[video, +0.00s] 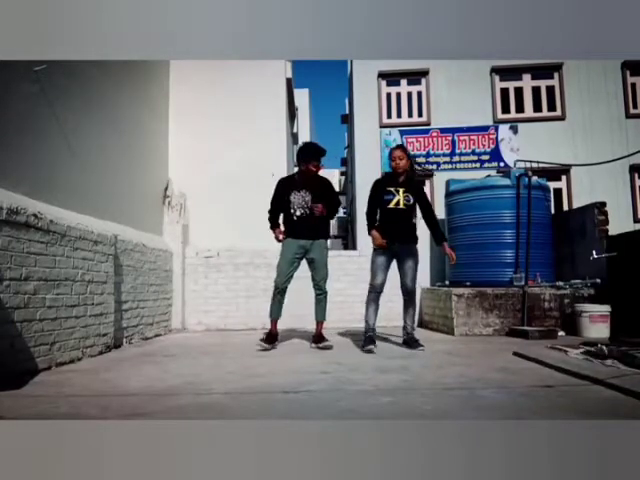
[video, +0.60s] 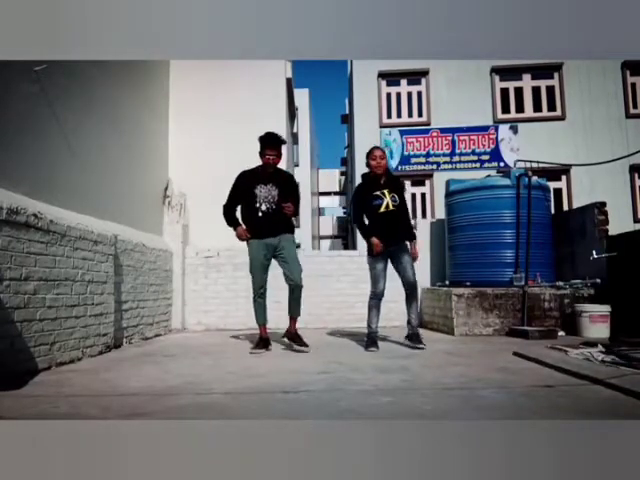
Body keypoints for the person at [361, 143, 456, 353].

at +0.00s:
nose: (397, 163)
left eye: (400, 159)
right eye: (393, 159)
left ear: (408, 161)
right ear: (390, 162)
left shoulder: (415, 185)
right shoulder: (380, 184)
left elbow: (429, 215)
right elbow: (371, 210)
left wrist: (443, 243)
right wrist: (372, 231)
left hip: (407, 243)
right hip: (384, 242)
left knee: (409, 289)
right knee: (375, 287)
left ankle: (409, 334)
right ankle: (369, 334)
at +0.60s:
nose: (378, 162)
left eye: (381, 158)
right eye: (374, 159)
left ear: (386, 161)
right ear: (367, 163)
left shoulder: (396, 183)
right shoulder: (362, 189)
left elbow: (404, 213)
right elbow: (357, 218)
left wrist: (412, 240)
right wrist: (370, 238)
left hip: (399, 242)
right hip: (377, 245)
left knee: (411, 283)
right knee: (377, 291)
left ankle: (413, 331)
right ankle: (372, 336)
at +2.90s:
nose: (388, 167)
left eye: (390, 163)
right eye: (384, 163)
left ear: (392, 165)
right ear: (375, 165)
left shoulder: (398, 187)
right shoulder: (366, 187)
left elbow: (408, 212)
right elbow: (358, 214)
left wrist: (416, 232)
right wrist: (369, 230)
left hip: (401, 243)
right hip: (378, 245)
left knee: (409, 288)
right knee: (374, 291)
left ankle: (417, 334)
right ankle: (367, 336)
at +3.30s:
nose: (402, 162)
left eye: (406, 159)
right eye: (399, 160)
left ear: (412, 162)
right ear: (394, 163)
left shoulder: (419, 184)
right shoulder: (386, 184)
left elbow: (435, 213)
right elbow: (377, 216)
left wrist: (427, 236)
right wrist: (373, 207)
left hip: (411, 243)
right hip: (389, 242)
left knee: (411, 288)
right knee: (378, 286)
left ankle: (417, 334)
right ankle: (373, 333)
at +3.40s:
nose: (402, 163)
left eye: (405, 160)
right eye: (399, 160)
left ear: (413, 162)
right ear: (395, 164)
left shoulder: (420, 182)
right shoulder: (388, 184)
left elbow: (433, 212)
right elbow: (373, 211)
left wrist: (425, 235)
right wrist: (370, 193)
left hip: (411, 242)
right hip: (388, 242)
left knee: (411, 288)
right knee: (379, 287)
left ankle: (417, 334)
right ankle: (376, 333)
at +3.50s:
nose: (400, 164)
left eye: (404, 160)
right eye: (397, 161)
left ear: (411, 163)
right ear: (394, 165)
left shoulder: (419, 185)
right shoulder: (387, 185)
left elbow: (431, 215)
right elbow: (368, 205)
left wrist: (424, 236)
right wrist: (370, 183)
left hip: (410, 244)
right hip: (387, 243)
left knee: (411, 289)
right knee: (378, 289)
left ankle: (417, 334)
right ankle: (375, 333)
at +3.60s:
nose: (396, 163)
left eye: (400, 160)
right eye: (393, 161)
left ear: (408, 163)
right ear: (390, 165)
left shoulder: (416, 184)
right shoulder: (386, 184)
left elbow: (428, 212)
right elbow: (365, 196)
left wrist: (422, 235)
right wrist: (370, 173)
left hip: (408, 244)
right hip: (386, 244)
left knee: (410, 288)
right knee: (372, 286)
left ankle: (417, 334)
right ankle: (369, 332)